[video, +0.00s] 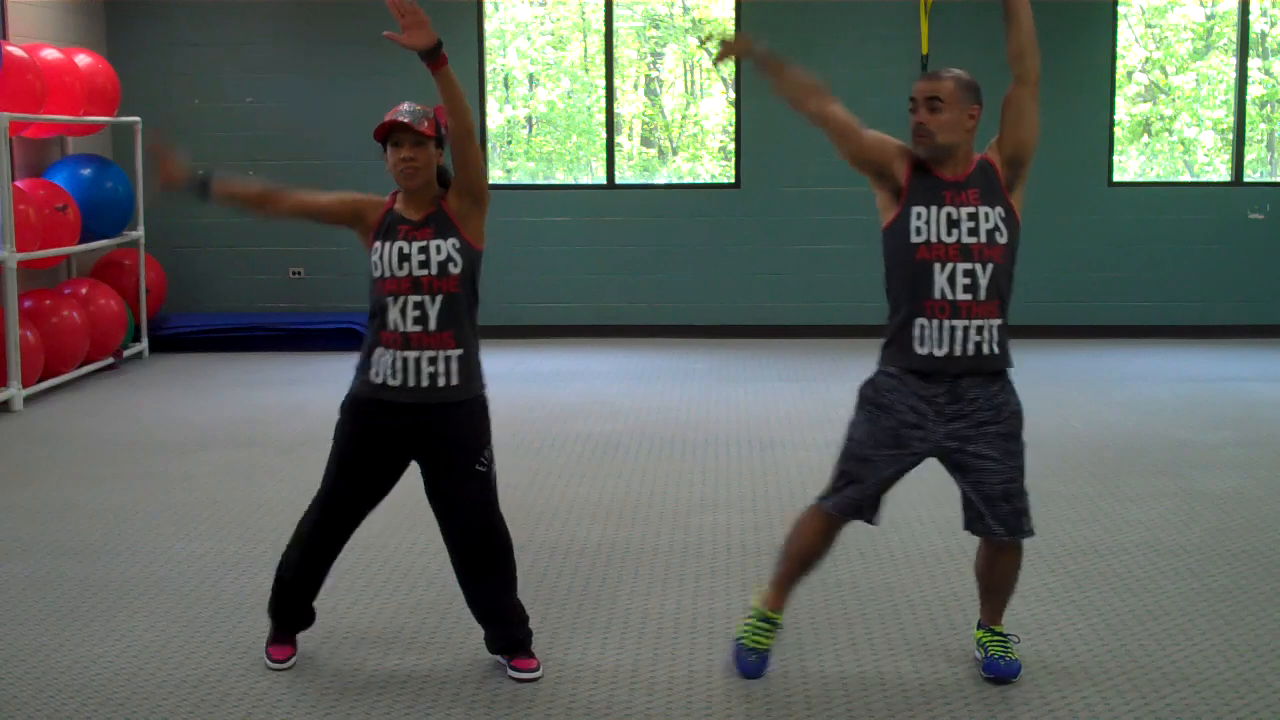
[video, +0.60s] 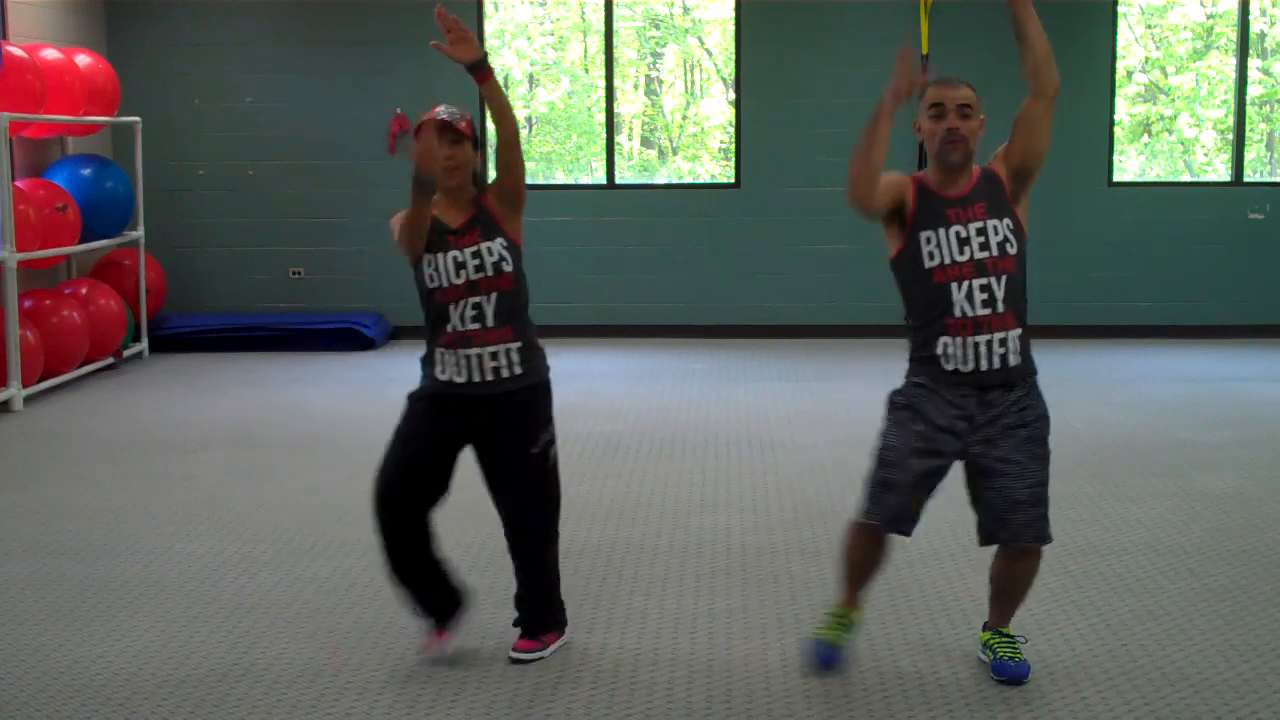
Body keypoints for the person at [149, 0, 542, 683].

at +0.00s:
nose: (405, 154)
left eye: (416, 143)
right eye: (395, 145)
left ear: (440, 152)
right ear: (384, 156)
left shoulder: (464, 212)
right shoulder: (373, 214)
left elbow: (464, 136)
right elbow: (281, 200)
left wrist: (434, 54)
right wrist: (198, 181)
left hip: (453, 408)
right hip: (377, 406)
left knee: (479, 527)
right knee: (330, 517)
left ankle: (512, 641)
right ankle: (284, 624)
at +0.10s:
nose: (395, 166)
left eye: (407, 157)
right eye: (387, 157)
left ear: (432, 166)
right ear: (377, 165)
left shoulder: (451, 226)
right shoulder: (353, 227)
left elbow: (456, 148)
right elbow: (272, 255)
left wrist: (434, 73)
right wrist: (193, 280)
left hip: (435, 415)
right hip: (359, 416)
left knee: (477, 531)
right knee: (324, 526)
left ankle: (516, 641)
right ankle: (285, 631)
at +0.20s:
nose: (394, 177)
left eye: (404, 167)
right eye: (386, 167)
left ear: (426, 174)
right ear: (373, 173)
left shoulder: (444, 232)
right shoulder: (347, 238)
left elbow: (456, 158)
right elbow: (288, 304)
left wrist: (437, 84)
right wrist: (232, 367)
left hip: (424, 414)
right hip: (350, 413)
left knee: (461, 523)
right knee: (318, 525)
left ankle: (532, 610)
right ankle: (291, 627)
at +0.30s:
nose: (403, 182)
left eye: (414, 172)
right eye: (393, 172)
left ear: (435, 176)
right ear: (378, 178)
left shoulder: (453, 234)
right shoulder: (354, 244)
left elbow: (463, 159)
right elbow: (322, 326)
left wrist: (442, 86)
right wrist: (306, 400)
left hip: (431, 417)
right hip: (359, 415)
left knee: (446, 525)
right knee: (327, 525)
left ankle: (537, 604)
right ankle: (292, 626)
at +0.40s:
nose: (417, 179)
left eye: (426, 169)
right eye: (406, 170)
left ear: (447, 173)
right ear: (394, 177)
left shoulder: (471, 230)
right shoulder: (374, 244)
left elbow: (476, 155)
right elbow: (355, 326)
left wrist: (456, 80)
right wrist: (369, 360)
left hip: (460, 415)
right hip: (390, 414)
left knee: (479, 526)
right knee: (344, 524)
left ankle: (539, 620)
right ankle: (295, 628)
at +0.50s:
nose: (430, 162)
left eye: (440, 153)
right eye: (420, 154)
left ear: (462, 161)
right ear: (408, 164)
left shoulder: (489, 218)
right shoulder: (396, 234)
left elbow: (491, 142)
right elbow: (387, 306)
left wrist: (469, 74)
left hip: (494, 399)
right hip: (423, 401)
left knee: (512, 518)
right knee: (370, 507)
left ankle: (540, 624)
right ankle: (337, 627)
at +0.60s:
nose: (453, 145)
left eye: (461, 137)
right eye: (440, 136)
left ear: (478, 154)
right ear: (421, 158)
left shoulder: (501, 209)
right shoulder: (413, 230)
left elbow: (510, 141)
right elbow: (417, 222)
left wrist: (481, 68)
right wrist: (420, 175)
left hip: (516, 390)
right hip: (445, 392)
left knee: (530, 515)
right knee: (397, 500)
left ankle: (542, 622)